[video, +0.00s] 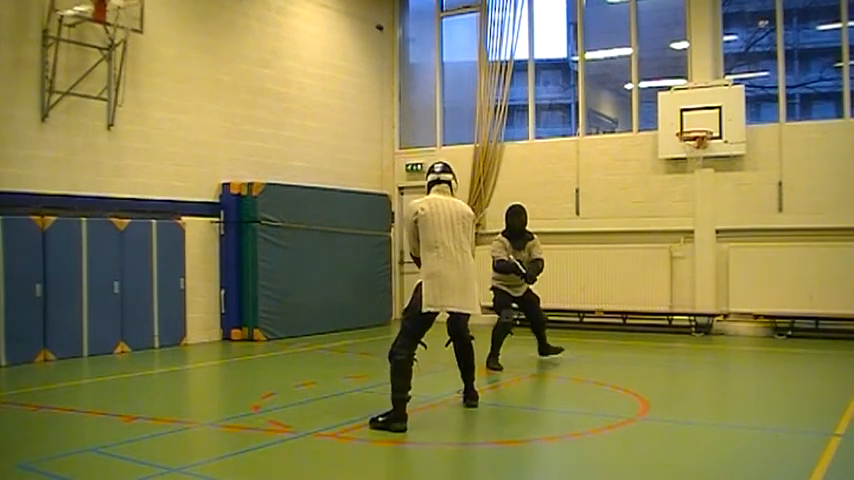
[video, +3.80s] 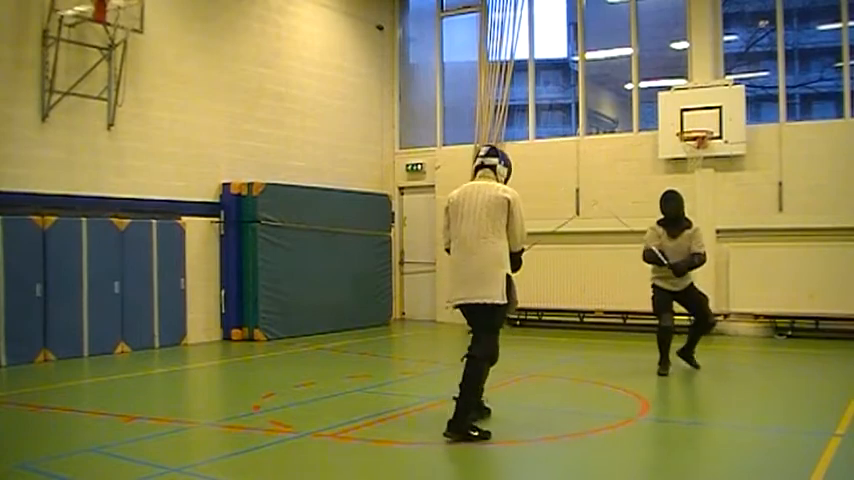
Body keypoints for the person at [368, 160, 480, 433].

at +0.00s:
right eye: (450, 182)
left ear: (428, 184)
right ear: (453, 184)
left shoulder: (417, 207)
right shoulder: (466, 210)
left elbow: (413, 251)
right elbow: (471, 247)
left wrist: (433, 269)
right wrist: (450, 267)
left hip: (432, 285)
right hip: (464, 285)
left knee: (402, 347)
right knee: (460, 333)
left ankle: (398, 413)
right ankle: (470, 392)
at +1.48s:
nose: (481, 187)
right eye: (483, 183)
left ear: (457, 180)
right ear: (480, 183)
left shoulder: (438, 202)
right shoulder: (488, 207)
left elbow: (435, 241)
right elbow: (494, 251)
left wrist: (449, 260)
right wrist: (474, 265)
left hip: (442, 277)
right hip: (475, 280)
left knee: (419, 334)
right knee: (477, 336)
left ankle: (405, 394)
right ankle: (473, 392)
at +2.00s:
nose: (487, 187)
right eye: (487, 182)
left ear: (460, 181)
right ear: (484, 183)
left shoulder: (442, 205)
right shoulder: (492, 208)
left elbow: (441, 247)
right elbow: (500, 256)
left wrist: (457, 268)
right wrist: (478, 271)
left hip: (449, 283)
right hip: (484, 284)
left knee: (435, 343)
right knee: (505, 328)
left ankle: (449, 401)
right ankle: (508, 386)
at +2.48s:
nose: (523, 188)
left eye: (522, 184)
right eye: (523, 184)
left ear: (495, 181)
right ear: (519, 184)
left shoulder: (476, 205)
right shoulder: (525, 209)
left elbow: (469, 241)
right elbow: (534, 257)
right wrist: (510, 264)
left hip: (478, 285)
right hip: (514, 285)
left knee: (458, 341)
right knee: (531, 331)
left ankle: (451, 399)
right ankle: (531, 386)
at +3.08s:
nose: (494, 183)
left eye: (493, 179)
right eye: (493, 178)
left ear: (466, 176)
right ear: (488, 176)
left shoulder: (449, 204)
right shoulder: (488, 195)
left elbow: (470, 247)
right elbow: (501, 236)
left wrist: (512, 260)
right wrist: (527, 233)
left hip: (448, 287)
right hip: (481, 287)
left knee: (455, 344)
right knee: (502, 341)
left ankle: (457, 404)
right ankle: (496, 403)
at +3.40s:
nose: (497, 186)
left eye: (496, 182)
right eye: (497, 182)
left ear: (468, 178)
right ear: (492, 179)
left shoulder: (448, 204)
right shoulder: (493, 198)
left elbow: (450, 250)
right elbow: (501, 243)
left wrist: (494, 274)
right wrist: (514, 260)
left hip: (446, 288)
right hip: (477, 286)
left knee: (459, 346)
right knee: (481, 349)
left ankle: (459, 410)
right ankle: (460, 413)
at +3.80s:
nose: (506, 176)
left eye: (504, 172)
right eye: (506, 172)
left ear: (475, 169)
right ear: (502, 170)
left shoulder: (455, 196)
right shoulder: (507, 195)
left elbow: (447, 243)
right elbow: (517, 243)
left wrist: (469, 260)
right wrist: (511, 265)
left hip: (461, 283)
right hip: (493, 283)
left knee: (482, 343)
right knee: (483, 348)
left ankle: (472, 400)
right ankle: (460, 422)